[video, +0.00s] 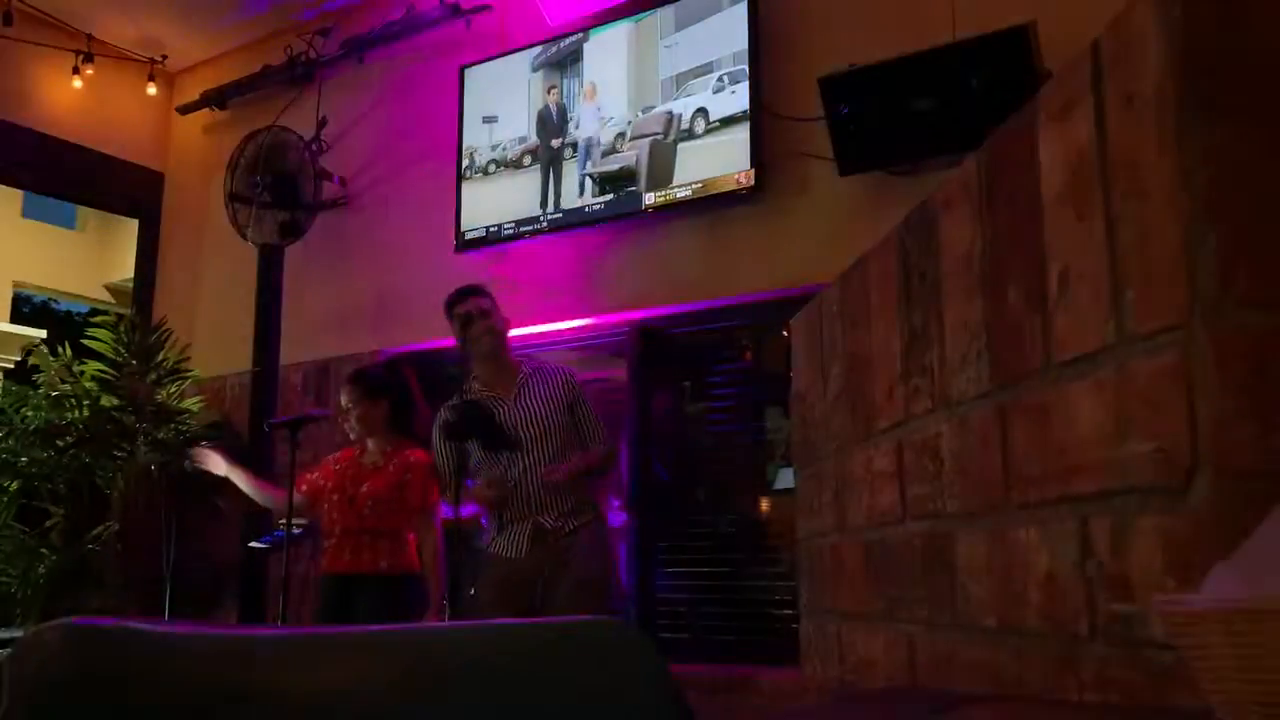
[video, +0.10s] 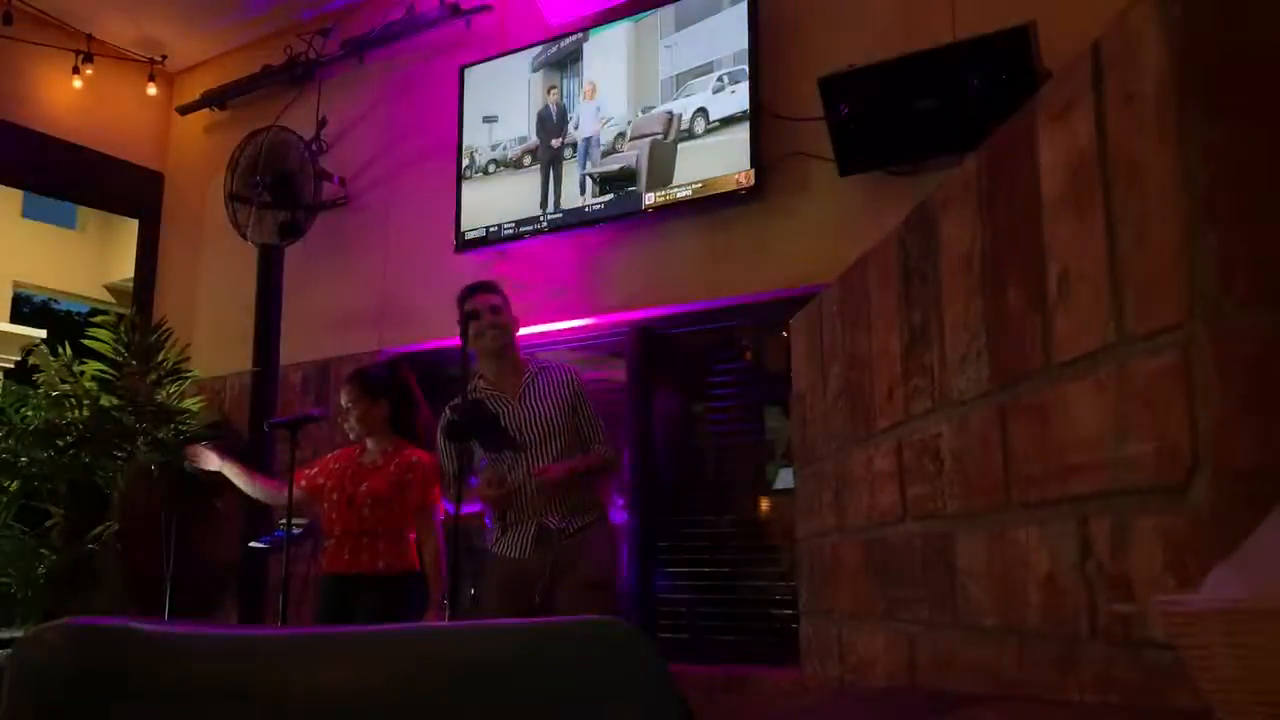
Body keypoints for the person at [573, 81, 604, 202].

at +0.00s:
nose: (588, 93)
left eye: (590, 90)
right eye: (587, 90)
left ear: (594, 91)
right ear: (584, 91)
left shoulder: (598, 104)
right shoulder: (581, 106)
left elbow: (603, 118)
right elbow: (575, 120)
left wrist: (598, 130)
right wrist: (574, 131)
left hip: (595, 135)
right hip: (582, 136)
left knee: (596, 164)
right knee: (581, 166)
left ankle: (597, 194)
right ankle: (580, 195)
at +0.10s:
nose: (589, 93)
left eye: (591, 90)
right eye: (587, 90)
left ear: (594, 91)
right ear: (584, 91)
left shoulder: (598, 104)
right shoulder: (580, 105)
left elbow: (604, 118)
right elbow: (573, 121)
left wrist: (599, 127)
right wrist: (573, 130)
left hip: (594, 134)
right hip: (582, 135)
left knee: (595, 164)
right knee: (581, 166)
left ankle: (596, 194)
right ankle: (582, 196)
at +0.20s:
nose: (589, 92)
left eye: (591, 90)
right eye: (587, 90)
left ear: (594, 91)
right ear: (584, 90)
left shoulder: (598, 103)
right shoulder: (580, 105)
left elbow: (604, 118)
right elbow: (573, 123)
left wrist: (598, 128)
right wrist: (575, 133)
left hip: (594, 136)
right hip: (582, 136)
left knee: (595, 164)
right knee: (582, 166)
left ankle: (597, 193)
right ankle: (583, 194)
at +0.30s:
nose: (588, 92)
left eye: (590, 89)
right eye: (587, 89)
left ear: (594, 90)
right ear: (584, 90)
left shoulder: (598, 102)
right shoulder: (581, 104)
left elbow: (606, 116)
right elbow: (574, 121)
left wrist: (599, 127)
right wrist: (574, 132)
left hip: (594, 135)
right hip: (582, 135)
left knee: (595, 163)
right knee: (582, 166)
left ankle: (596, 193)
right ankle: (583, 194)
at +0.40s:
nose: (588, 90)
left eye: (590, 87)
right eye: (587, 87)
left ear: (594, 89)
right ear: (585, 88)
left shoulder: (599, 101)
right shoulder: (582, 103)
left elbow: (607, 116)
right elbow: (576, 120)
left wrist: (600, 126)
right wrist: (574, 129)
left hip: (594, 134)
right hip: (583, 135)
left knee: (595, 163)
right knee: (582, 166)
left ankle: (596, 194)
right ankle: (583, 194)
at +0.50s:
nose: (589, 90)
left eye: (592, 88)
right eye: (588, 88)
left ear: (595, 89)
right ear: (586, 89)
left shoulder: (600, 102)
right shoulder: (583, 104)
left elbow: (607, 116)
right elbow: (577, 122)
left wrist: (600, 127)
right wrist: (577, 135)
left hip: (595, 135)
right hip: (583, 136)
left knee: (596, 164)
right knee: (581, 166)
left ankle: (596, 194)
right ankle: (584, 194)